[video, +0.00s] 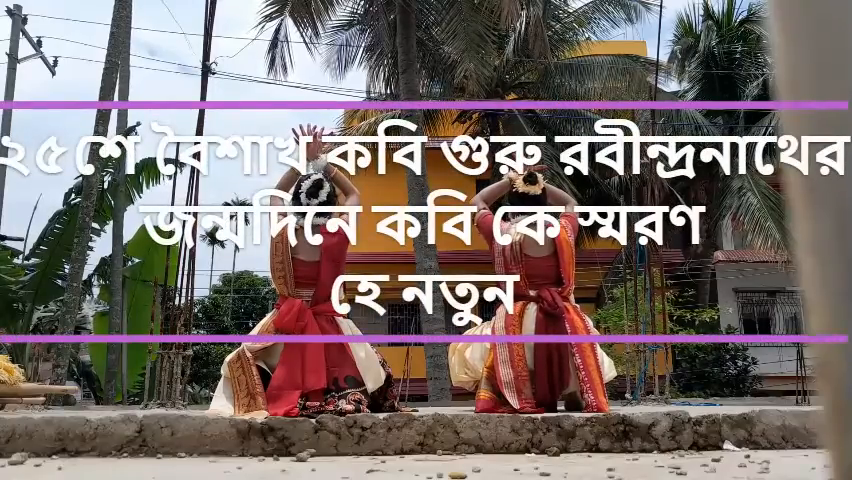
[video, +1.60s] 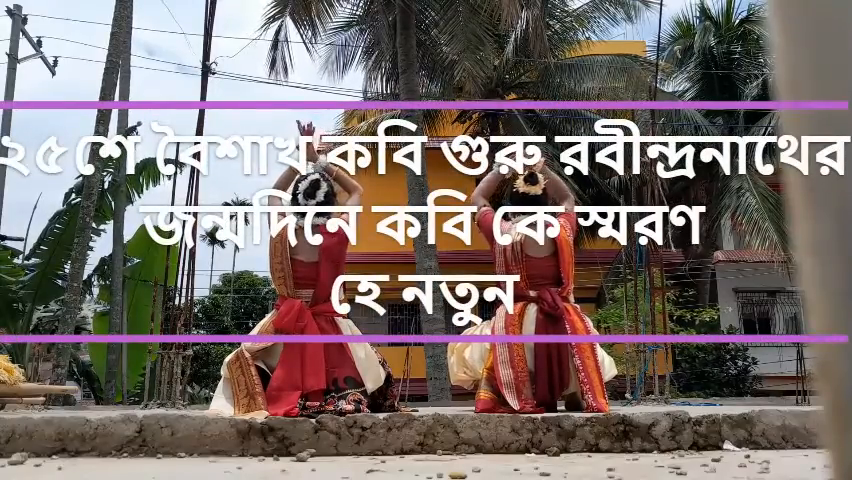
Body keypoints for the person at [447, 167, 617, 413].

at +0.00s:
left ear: (511, 211)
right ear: (543, 207)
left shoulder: (502, 234)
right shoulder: (562, 232)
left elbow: (479, 201)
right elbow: (569, 202)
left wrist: (508, 182)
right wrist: (542, 186)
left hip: (518, 318)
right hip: (561, 317)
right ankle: (573, 391)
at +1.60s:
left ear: (509, 202)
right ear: (545, 201)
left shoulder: (501, 231)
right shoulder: (562, 228)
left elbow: (479, 197)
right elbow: (566, 198)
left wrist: (502, 168)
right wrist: (542, 170)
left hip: (516, 321)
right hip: (561, 319)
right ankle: (576, 394)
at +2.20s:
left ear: (514, 207)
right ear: (546, 207)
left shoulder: (501, 233)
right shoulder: (564, 232)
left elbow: (462, 219)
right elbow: (595, 209)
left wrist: (467, 184)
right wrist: (568, 180)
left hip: (514, 316)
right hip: (559, 315)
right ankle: (579, 397)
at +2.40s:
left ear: (510, 207)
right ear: (544, 207)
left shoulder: (495, 236)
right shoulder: (566, 234)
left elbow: (446, 222)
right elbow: (605, 221)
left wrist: (447, 192)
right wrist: (593, 192)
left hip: (512, 325)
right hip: (561, 323)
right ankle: (575, 394)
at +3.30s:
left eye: (515, 204)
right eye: (537, 202)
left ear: (511, 209)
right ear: (547, 207)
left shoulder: (494, 240)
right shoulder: (569, 238)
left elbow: (442, 252)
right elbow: (619, 245)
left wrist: (426, 226)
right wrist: (616, 216)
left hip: (512, 328)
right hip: (563, 326)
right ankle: (578, 395)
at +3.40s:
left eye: (522, 201)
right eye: (536, 201)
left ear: (511, 206)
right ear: (547, 205)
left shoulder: (493, 240)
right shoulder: (570, 240)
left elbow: (452, 260)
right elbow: (620, 253)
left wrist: (423, 239)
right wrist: (624, 227)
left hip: (511, 330)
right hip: (565, 327)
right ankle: (578, 400)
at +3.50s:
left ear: (512, 207)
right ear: (548, 207)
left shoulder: (495, 241)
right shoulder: (571, 240)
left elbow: (449, 265)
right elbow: (617, 260)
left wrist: (419, 244)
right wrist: (633, 239)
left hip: (513, 330)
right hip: (565, 328)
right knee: (578, 403)